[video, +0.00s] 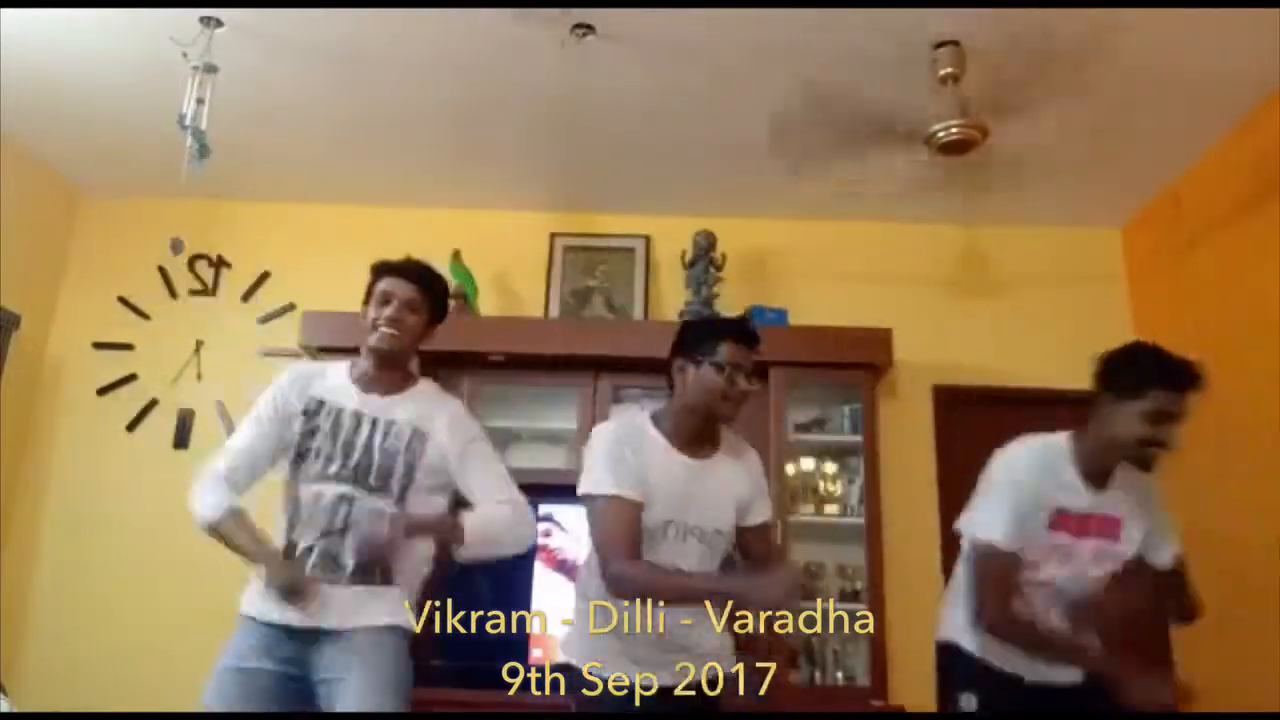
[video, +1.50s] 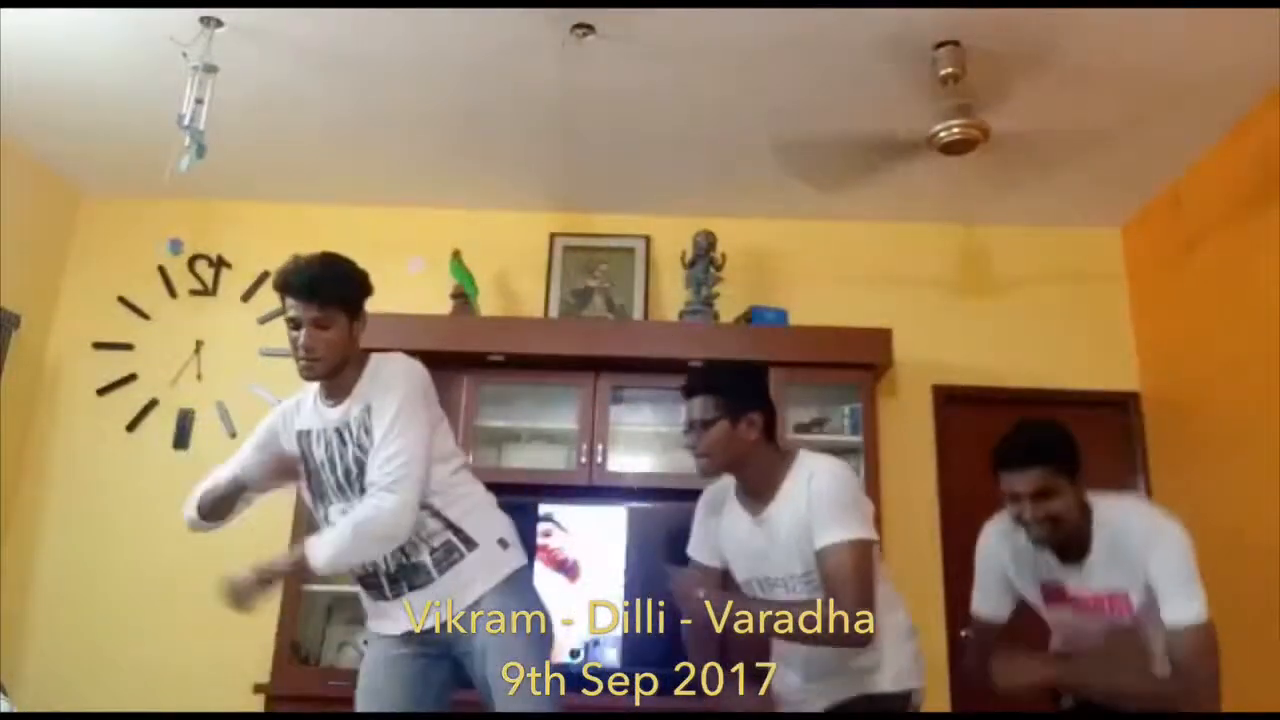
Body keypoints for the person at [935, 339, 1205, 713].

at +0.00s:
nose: (1166, 439)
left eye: (1172, 424)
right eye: (1155, 419)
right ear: (1106, 404)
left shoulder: (1140, 492)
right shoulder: (1021, 466)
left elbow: (1185, 607)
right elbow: (994, 615)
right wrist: (1096, 658)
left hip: (1073, 678)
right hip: (988, 671)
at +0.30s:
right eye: (1278, 525)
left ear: (1240, 506)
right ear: (1240, 507)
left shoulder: (1200, 553)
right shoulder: (1167, 539)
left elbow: (1206, 683)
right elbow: (1194, 697)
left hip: (1088, 679)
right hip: (1006, 683)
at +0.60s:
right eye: (1279, 485)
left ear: (1246, 476)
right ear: (1245, 473)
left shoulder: (1232, 533)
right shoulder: (1157, 495)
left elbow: (1267, 641)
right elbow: (1167, 666)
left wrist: (1244, 601)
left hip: (1120, 678)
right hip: (1036, 678)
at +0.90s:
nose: (1202, 479)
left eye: (1218, 463)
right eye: (1183, 461)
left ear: (1236, 467)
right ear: (1154, 456)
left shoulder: (1226, 522)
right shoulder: (1097, 509)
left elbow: (1268, 645)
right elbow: (1053, 673)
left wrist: (1215, 634)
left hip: (1142, 661)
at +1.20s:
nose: (1053, 463)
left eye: (1069, 444)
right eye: (1040, 447)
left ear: (1111, 428)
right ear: (1029, 440)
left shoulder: (1176, 487)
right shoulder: (1016, 486)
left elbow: (1199, 657)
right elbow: (975, 618)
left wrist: (1076, 698)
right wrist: (1053, 574)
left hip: (1156, 666)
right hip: (1065, 658)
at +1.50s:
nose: (1030, 515)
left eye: (1044, 496)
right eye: (1015, 501)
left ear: (1078, 486)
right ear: (1004, 498)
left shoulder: (1152, 532)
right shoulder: (999, 541)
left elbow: (1199, 687)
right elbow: (977, 665)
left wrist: (1052, 672)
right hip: (1075, 692)